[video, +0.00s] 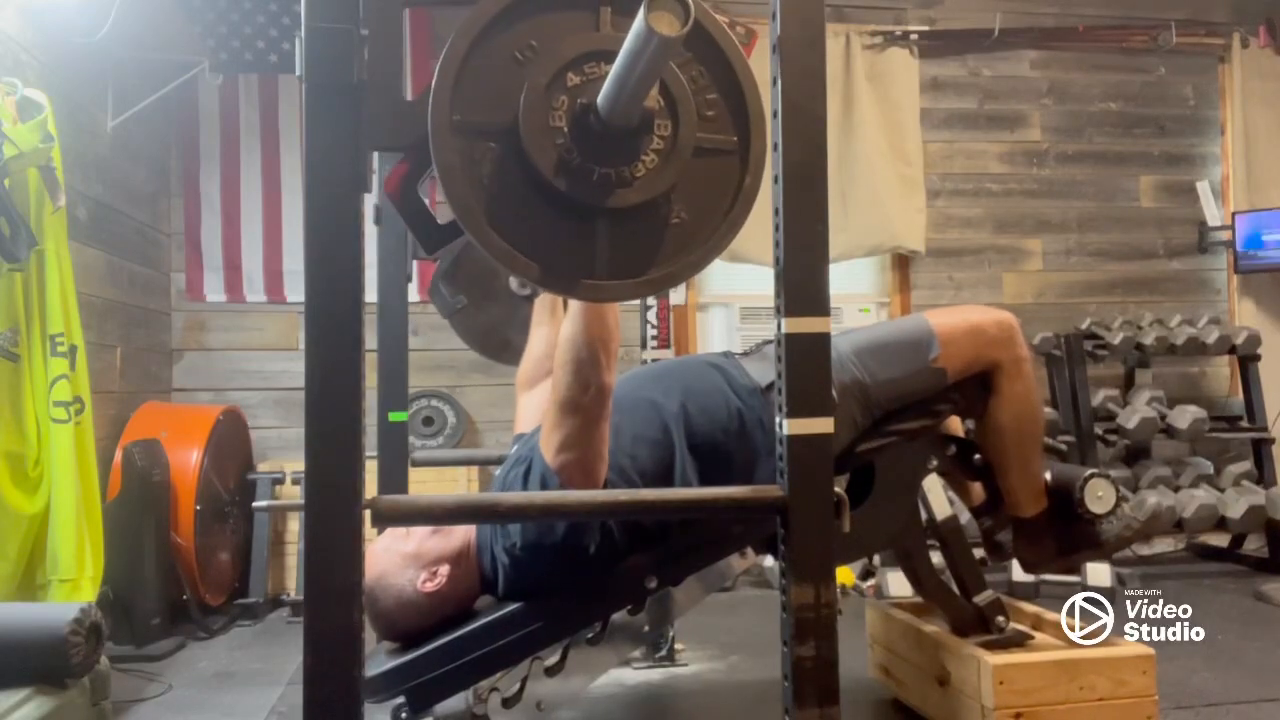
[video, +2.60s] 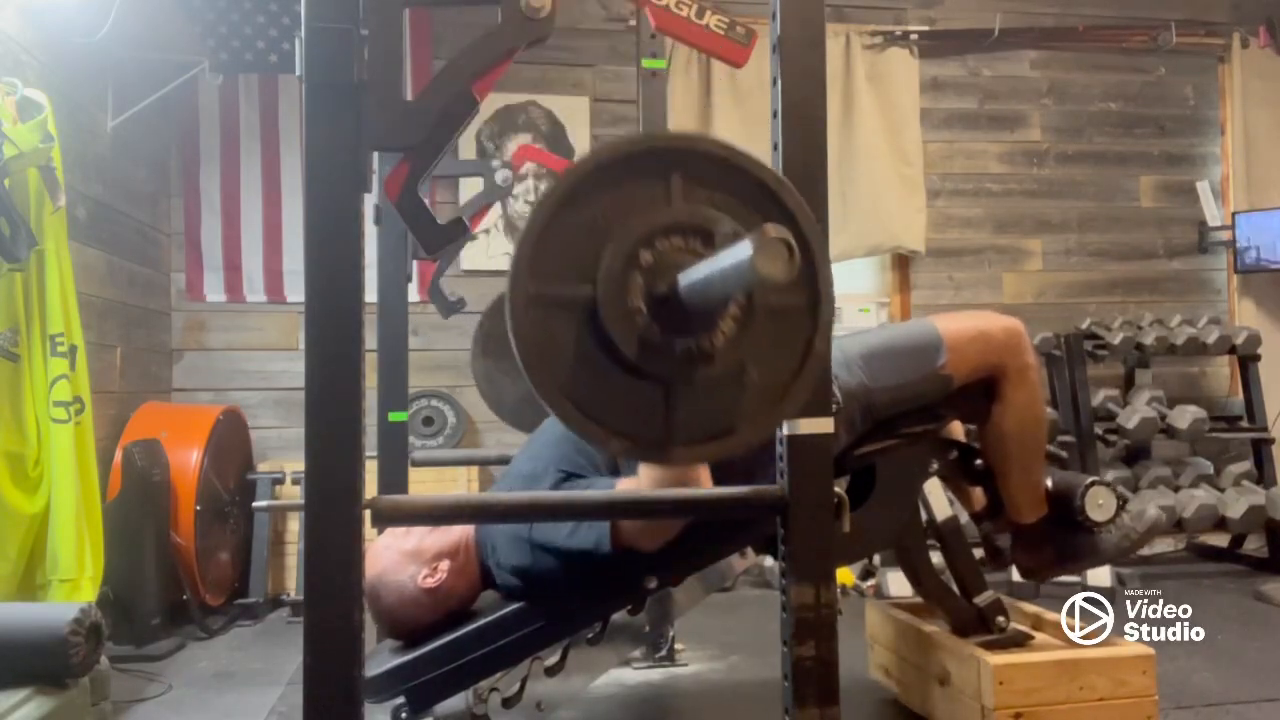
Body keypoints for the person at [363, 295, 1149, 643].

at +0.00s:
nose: (417, 525)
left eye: (399, 531)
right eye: (412, 544)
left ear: (428, 555)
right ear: (444, 579)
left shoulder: (500, 499)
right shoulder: (534, 542)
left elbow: (546, 371)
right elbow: (585, 382)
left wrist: (561, 217)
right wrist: (598, 222)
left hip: (741, 376)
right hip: (772, 422)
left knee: (947, 323)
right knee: (997, 333)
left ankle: (988, 481)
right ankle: (1033, 519)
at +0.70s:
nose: (416, 530)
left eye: (398, 533)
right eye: (413, 549)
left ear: (427, 547)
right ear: (445, 579)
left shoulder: (495, 497)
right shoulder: (524, 549)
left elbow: (601, 418)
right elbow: (639, 439)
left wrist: (587, 300)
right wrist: (609, 304)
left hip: (743, 376)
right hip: (766, 426)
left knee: (934, 323)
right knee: (999, 337)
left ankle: (977, 470)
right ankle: (1032, 523)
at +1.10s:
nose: (418, 529)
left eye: (400, 536)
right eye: (417, 548)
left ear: (427, 549)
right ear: (446, 576)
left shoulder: (495, 501)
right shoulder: (532, 542)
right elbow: (695, 531)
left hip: (712, 396)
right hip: (752, 438)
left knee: (917, 316)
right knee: (999, 339)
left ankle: (983, 476)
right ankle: (1034, 527)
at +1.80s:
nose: (417, 532)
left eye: (399, 536)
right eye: (415, 552)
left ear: (427, 541)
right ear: (446, 577)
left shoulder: (501, 493)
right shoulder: (527, 549)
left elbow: (622, 427)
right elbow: (649, 454)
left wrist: (600, 310)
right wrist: (628, 317)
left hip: (744, 375)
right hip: (765, 427)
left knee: (955, 326)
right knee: (1001, 340)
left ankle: (986, 481)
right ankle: (1033, 527)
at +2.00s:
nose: (419, 532)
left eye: (402, 535)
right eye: (414, 552)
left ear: (428, 541)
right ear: (446, 580)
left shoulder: (503, 494)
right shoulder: (530, 553)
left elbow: (551, 375)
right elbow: (595, 400)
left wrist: (557, 218)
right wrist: (591, 235)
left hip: (745, 372)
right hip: (770, 421)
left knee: (955, 327)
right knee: (1000, 340)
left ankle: (992, 486)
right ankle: (1034, 529)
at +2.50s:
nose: (419, 531)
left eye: (402, 535)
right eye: (417, 550)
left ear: (428, 544)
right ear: (447, 578)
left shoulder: (496, 503)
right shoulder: (529, 546)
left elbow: (625, 426)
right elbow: (666, 461)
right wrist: (640, 323)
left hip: (741, 379)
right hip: (765, 430)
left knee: (950, 327)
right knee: (1003, 343)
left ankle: (995, 495)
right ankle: (1033, 532)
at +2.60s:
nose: (417, 530)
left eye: (399, 536)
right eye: (416, 549)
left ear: (426, 545)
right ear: (446, 577)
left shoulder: (497, 497)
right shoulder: (529, 543)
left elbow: (600, 418)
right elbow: (669, 497)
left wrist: (656, 327)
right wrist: (678, 367)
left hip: (733, 379)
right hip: (761, 432)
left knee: (946, 322)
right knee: (1003, 341)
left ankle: (992, 482)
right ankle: (1033, 530)